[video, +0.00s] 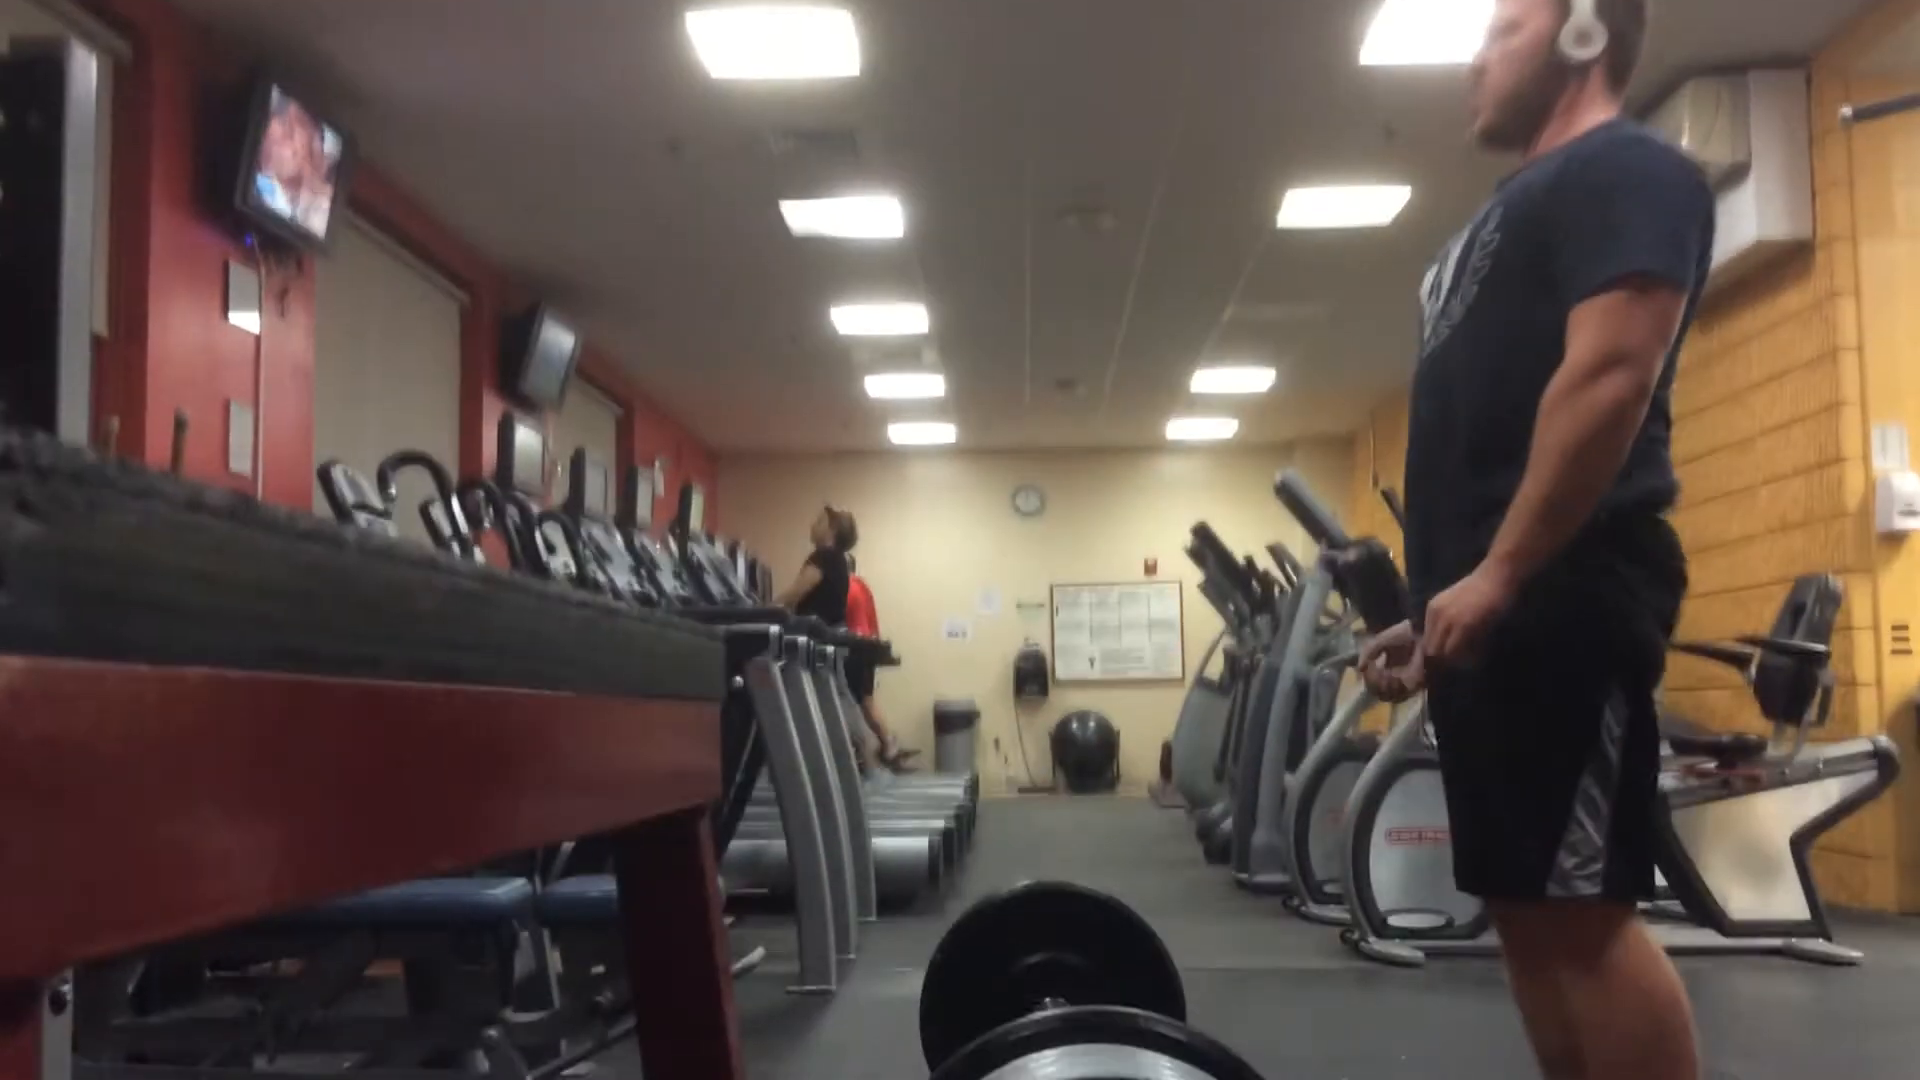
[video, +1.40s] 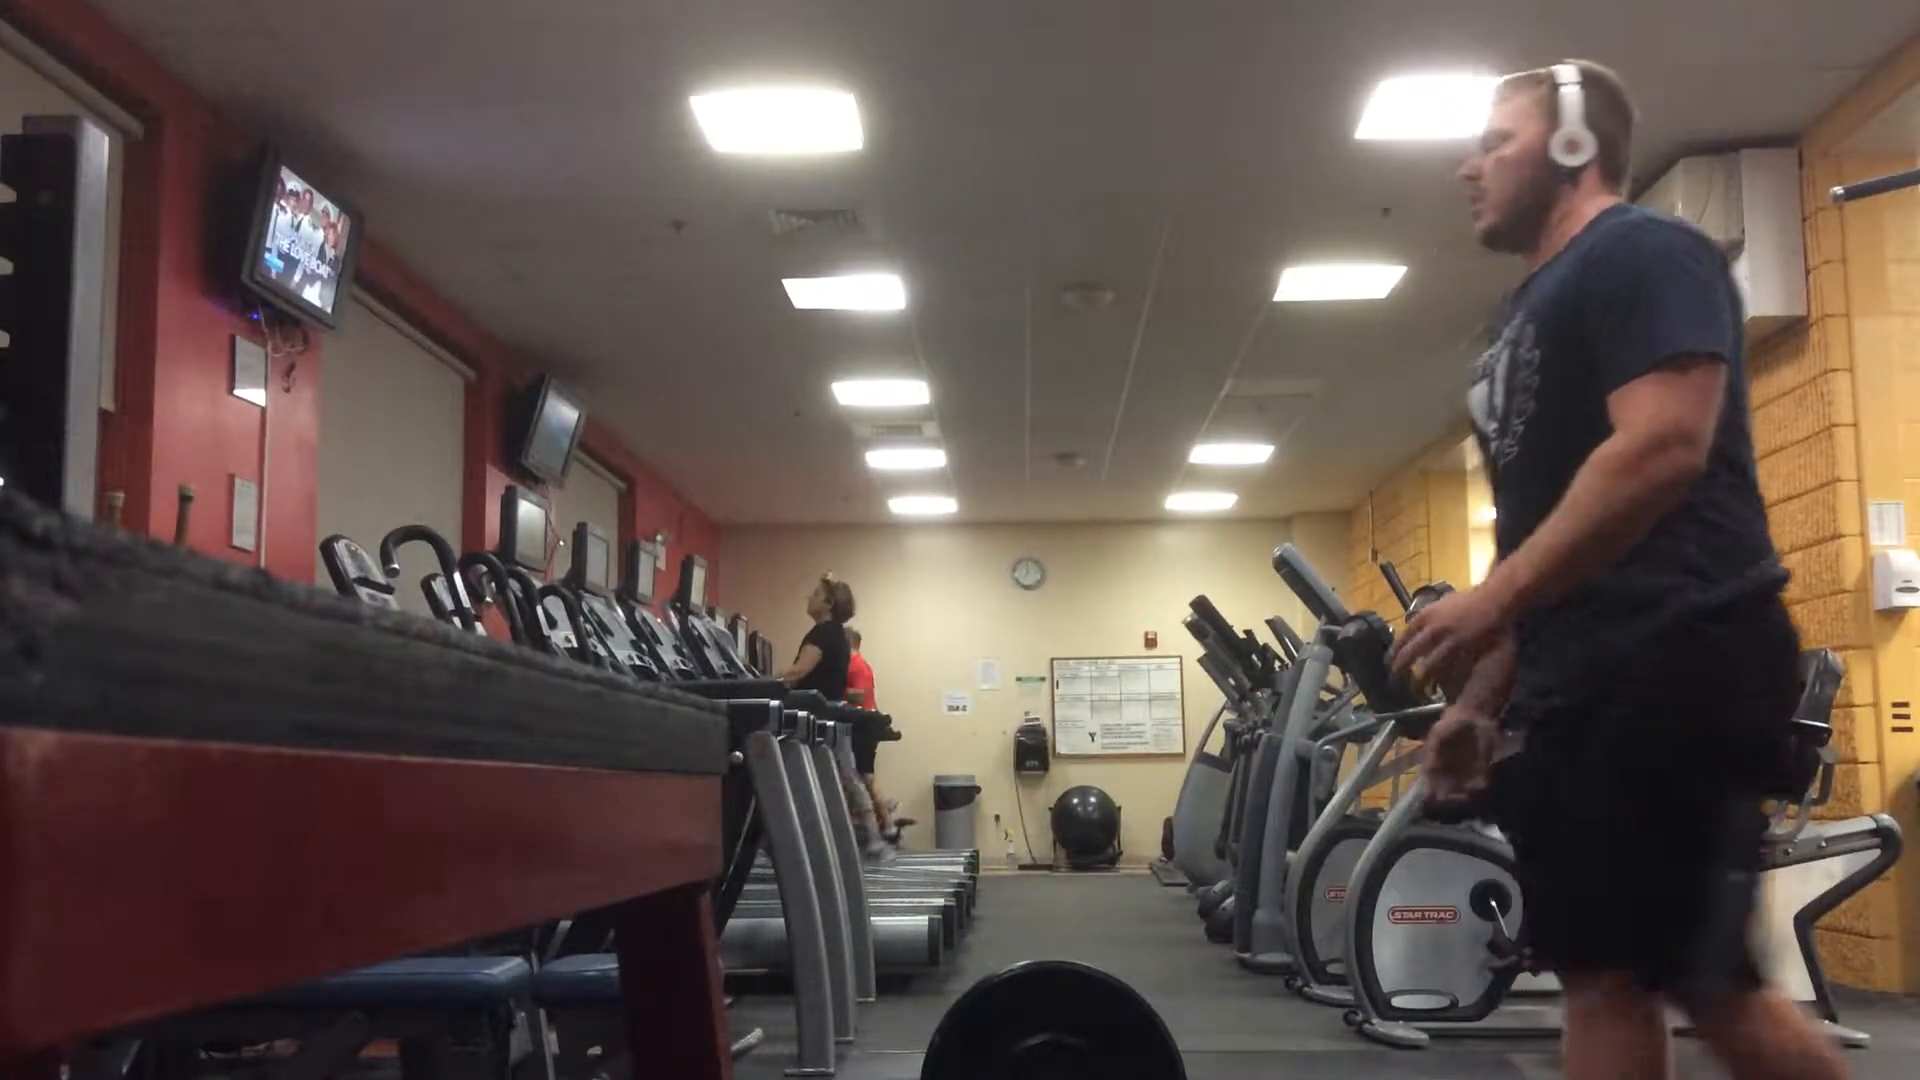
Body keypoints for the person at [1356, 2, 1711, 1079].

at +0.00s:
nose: (1475, 53)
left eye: (1501, 23)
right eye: (1485, 29)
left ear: (1582, 37)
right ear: (1569, 47)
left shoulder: (1623, 162)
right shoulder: (1509, 214)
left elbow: (1609, 376)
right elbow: (1494, 434)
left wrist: (1501, 570)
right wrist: (1431, 608)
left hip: (1568, 581)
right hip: (1499, 594)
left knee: (1578, 917)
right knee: (1521, 913)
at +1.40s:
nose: (1471, 167)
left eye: (1496, 142)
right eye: (1477, 147)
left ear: (1572, 150)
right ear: (1556, 158)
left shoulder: (1643, 246)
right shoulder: (1524, 318)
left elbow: (1667, 444)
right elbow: (1536, 535)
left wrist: (1495, 594)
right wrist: (1478, 699)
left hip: (1683, 654)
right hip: (1584, 673)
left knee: (1713, 990)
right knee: (1604, 984)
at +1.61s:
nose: (1534, 148)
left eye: (1560, 122)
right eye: (1538, 128)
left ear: (1643, 132)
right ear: (1622, 140)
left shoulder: (1730, 246)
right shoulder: (1580, 314)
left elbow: (1759, 454)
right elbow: (1583, 525)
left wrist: (1592, 632)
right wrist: (1542, 691)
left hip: (1779, 653)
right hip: (1638, 677)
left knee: (1854, 985)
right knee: (1633, 980)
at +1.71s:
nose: (1571, 140)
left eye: (1599, 114)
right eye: (1575, 119)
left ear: (1685, 126)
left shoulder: (1786, 253)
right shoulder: (1611, 317)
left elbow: (1840, 475)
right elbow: (1628, 522)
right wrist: (1577, 692)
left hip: (1829, 667)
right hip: (1677, 683)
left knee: (1874, 986)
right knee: (1639, 970)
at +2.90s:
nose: (1629, 170)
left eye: (1648, 141)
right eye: (1633, 148)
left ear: (1724, 139)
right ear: (1714, 147)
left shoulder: (1801, 242)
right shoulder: (1688, 305)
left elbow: (1832, 442)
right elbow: (1706, 524)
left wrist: (1747, 638)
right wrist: (1655, 698)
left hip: (1820, 641)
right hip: (1737, 653)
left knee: (1800, 978)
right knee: (1763, 968)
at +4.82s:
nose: (1556, 224)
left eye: (1561, 191)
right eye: (1544, 209)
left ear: (1634, 146)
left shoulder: (1775, 243)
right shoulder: (1611, 334)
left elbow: (1776, 455)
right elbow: (1600, 537)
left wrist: (1589, 618)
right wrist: (1518, 671)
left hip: (1765, 647)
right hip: (1651, 661)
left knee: (1767, 991)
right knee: (1671, 968)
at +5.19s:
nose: (1497, 215)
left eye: (1504, 180)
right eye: (1487, 197)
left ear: (1581, 139)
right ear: (1578, 154)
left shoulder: (1727, 240)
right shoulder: (1591, 313)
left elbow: (1788, 464)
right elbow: (1598, 528)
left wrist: (1748, 681)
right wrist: (1573, 689)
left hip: (1749, 664)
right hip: (1630, 678)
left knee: (1766, 991)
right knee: (1601, 953)